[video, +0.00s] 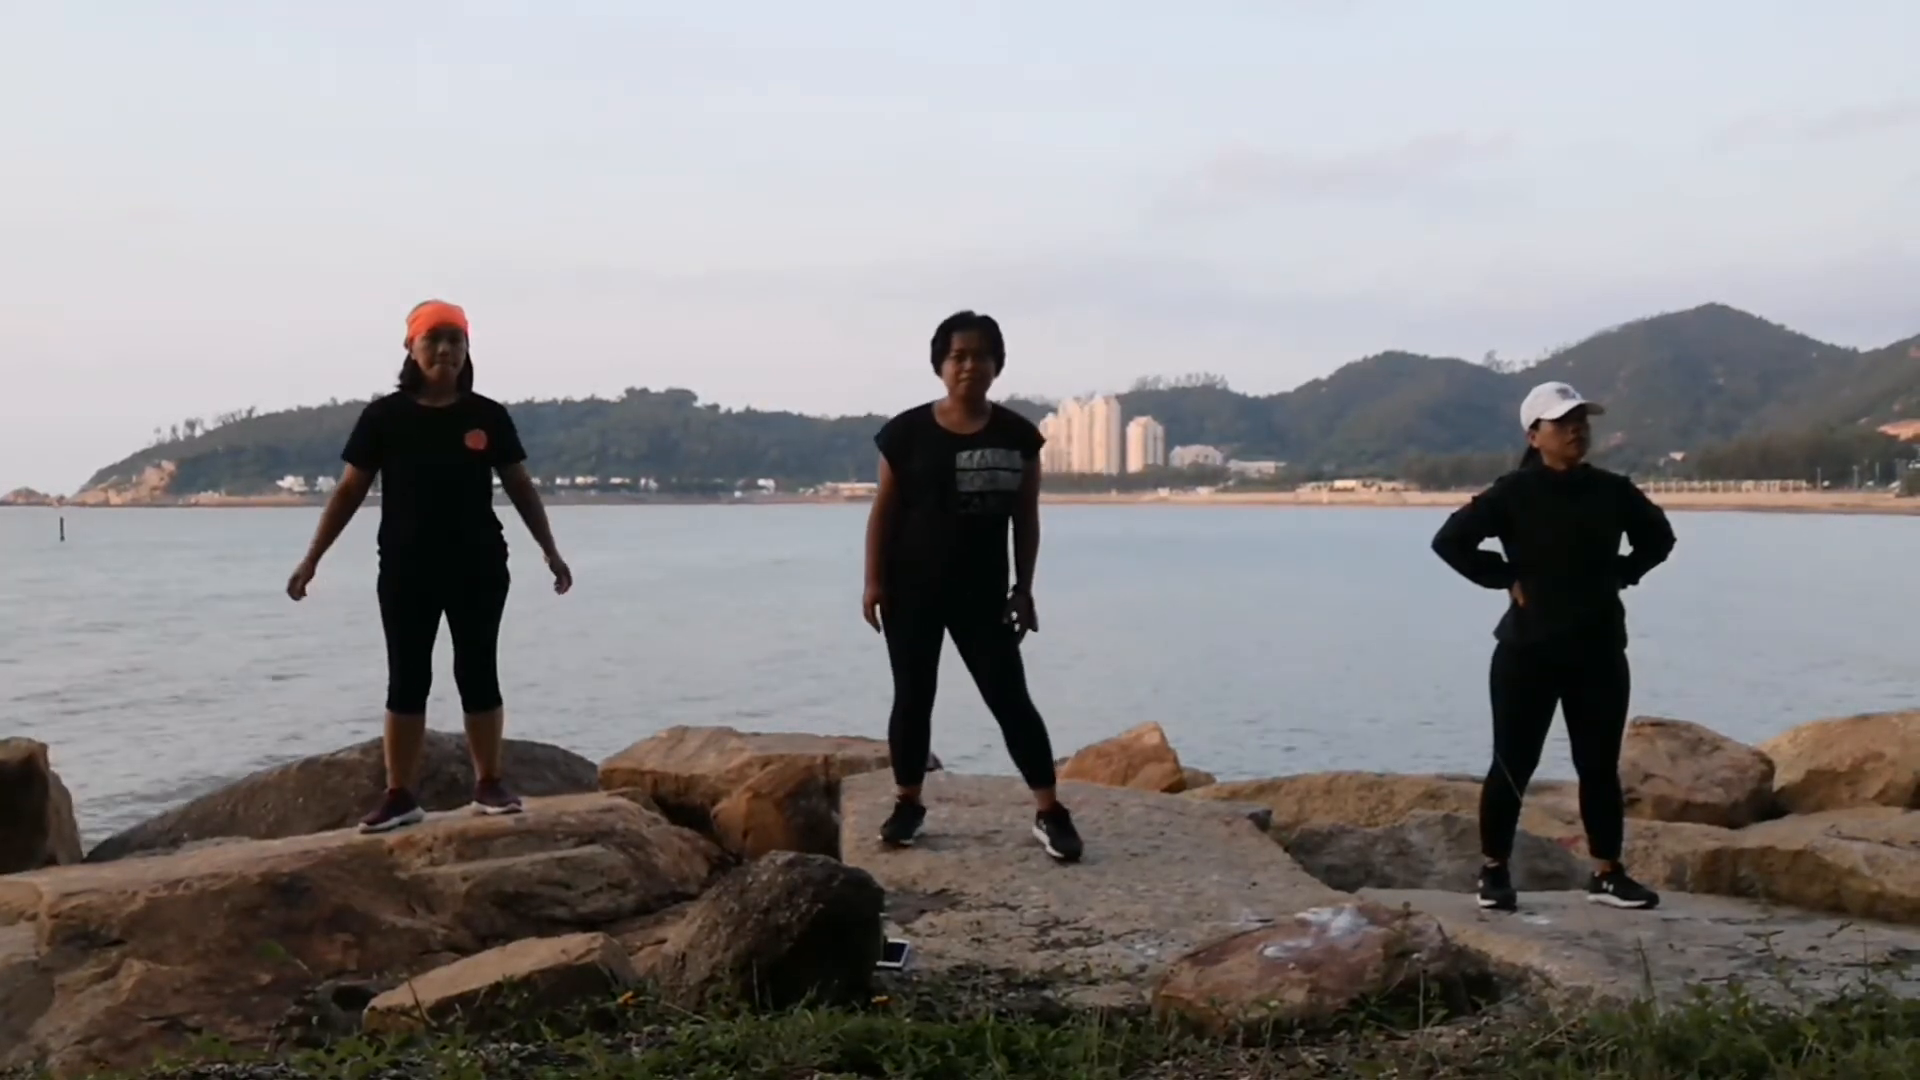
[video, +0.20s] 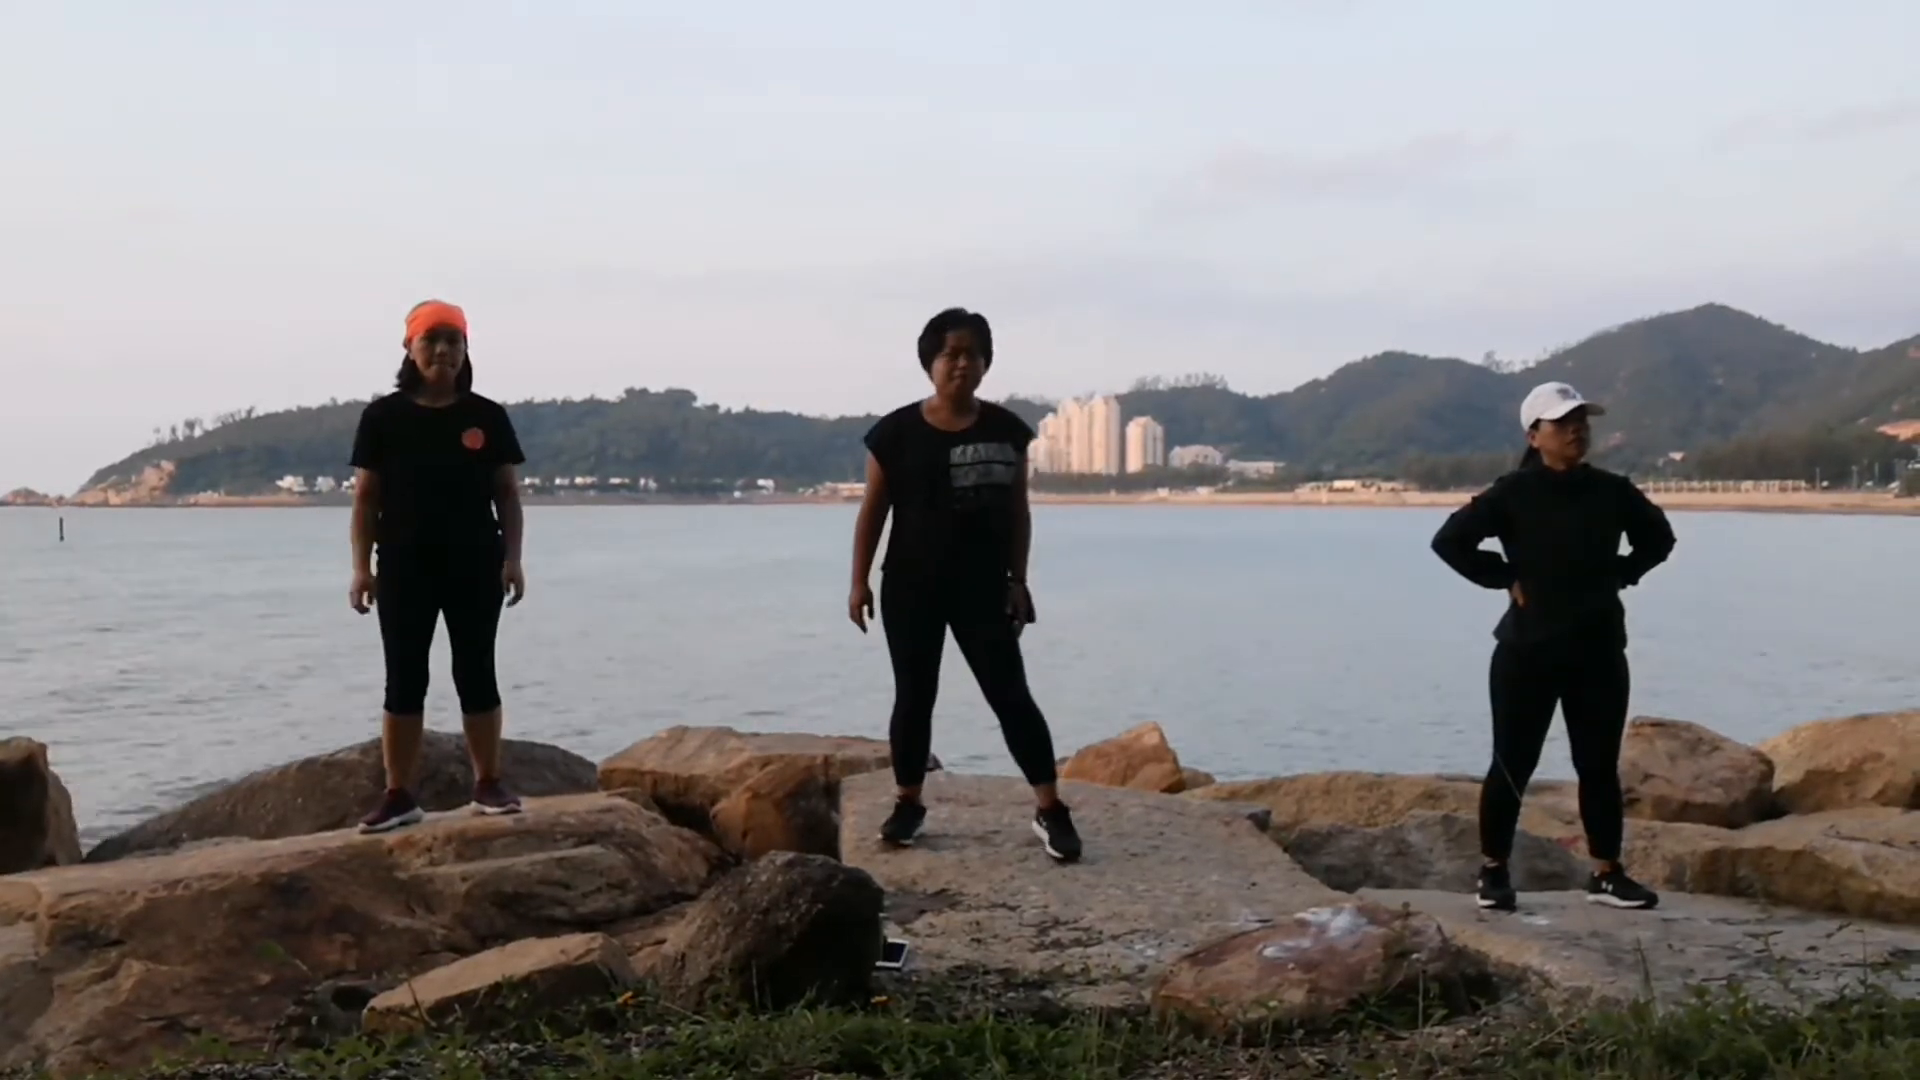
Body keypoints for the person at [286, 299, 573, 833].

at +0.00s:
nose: (443, 348)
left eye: (453, 339)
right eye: (432, 339)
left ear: (466, 349)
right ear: (412, 349)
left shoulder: (488, 418)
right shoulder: (383, 417)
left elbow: (520, 488)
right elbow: (350, 491)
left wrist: (550, 549)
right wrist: (310, 559)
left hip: (477, 570)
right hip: (407, 571)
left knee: (478, 677)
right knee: (406, 684)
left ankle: (488, 785)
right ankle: (399, 795)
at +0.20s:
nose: (443, 349)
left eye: (452, 340)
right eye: (431, 340)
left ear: (464, 348)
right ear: (411, 349)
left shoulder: (488, 417)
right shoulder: (382, 417)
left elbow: (508, 493)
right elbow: (365, 497)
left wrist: (512, 556)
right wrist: (361, 567)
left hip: (473, 570)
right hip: (403, 572)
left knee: (477, 678)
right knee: (403, 684)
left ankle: (488, 784)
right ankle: (398, 794)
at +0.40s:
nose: (440, 349)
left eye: (450, 339)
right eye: (429, 340)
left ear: (463, 348)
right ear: (408, 349)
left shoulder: (485, 415)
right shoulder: (379, 416)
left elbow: (507, 487)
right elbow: (362, 493)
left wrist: (466, 512)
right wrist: (411, 519)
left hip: (472, 565)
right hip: (403, 567)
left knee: (475, 675)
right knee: (404, 681)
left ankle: (488, 785)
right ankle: (397, 795)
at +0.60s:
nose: (437, 350)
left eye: (446, 340)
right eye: (425, 341)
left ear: (460, 348)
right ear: (406, 350)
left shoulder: (483, 416)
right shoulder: (376, 416)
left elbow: (506, 486)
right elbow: (359, 495)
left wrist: (471, 521)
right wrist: (399, 532)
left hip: (470, 565)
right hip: (400, 569)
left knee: (474, 676)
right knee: (402, 682)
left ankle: (486, 785)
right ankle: (397, 795)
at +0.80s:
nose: (434, 352)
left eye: (443, 342)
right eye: (423, 342)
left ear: (456, 350)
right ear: (402, 350)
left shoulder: (479, 418)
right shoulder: (374, 418)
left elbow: (501, 495)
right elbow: (355, 501)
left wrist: (517, 563)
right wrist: (340, 573)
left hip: (469, 572)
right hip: (398, 575)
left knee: (474, 679)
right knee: (400, 687)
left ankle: (485, 786)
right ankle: (397, 796)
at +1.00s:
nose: (432, 352)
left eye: (441, 343)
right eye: (421, 342)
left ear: (454, 350)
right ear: (400, 351)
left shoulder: (477, 418)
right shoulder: (370, 420)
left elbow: (509, 486)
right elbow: (337, 494)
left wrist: (539, 545)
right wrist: (304, 561)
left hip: (468, 570)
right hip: (397, 573)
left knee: (472, 678)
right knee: (400, 685)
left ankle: (485, 785)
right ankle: (395, 796)